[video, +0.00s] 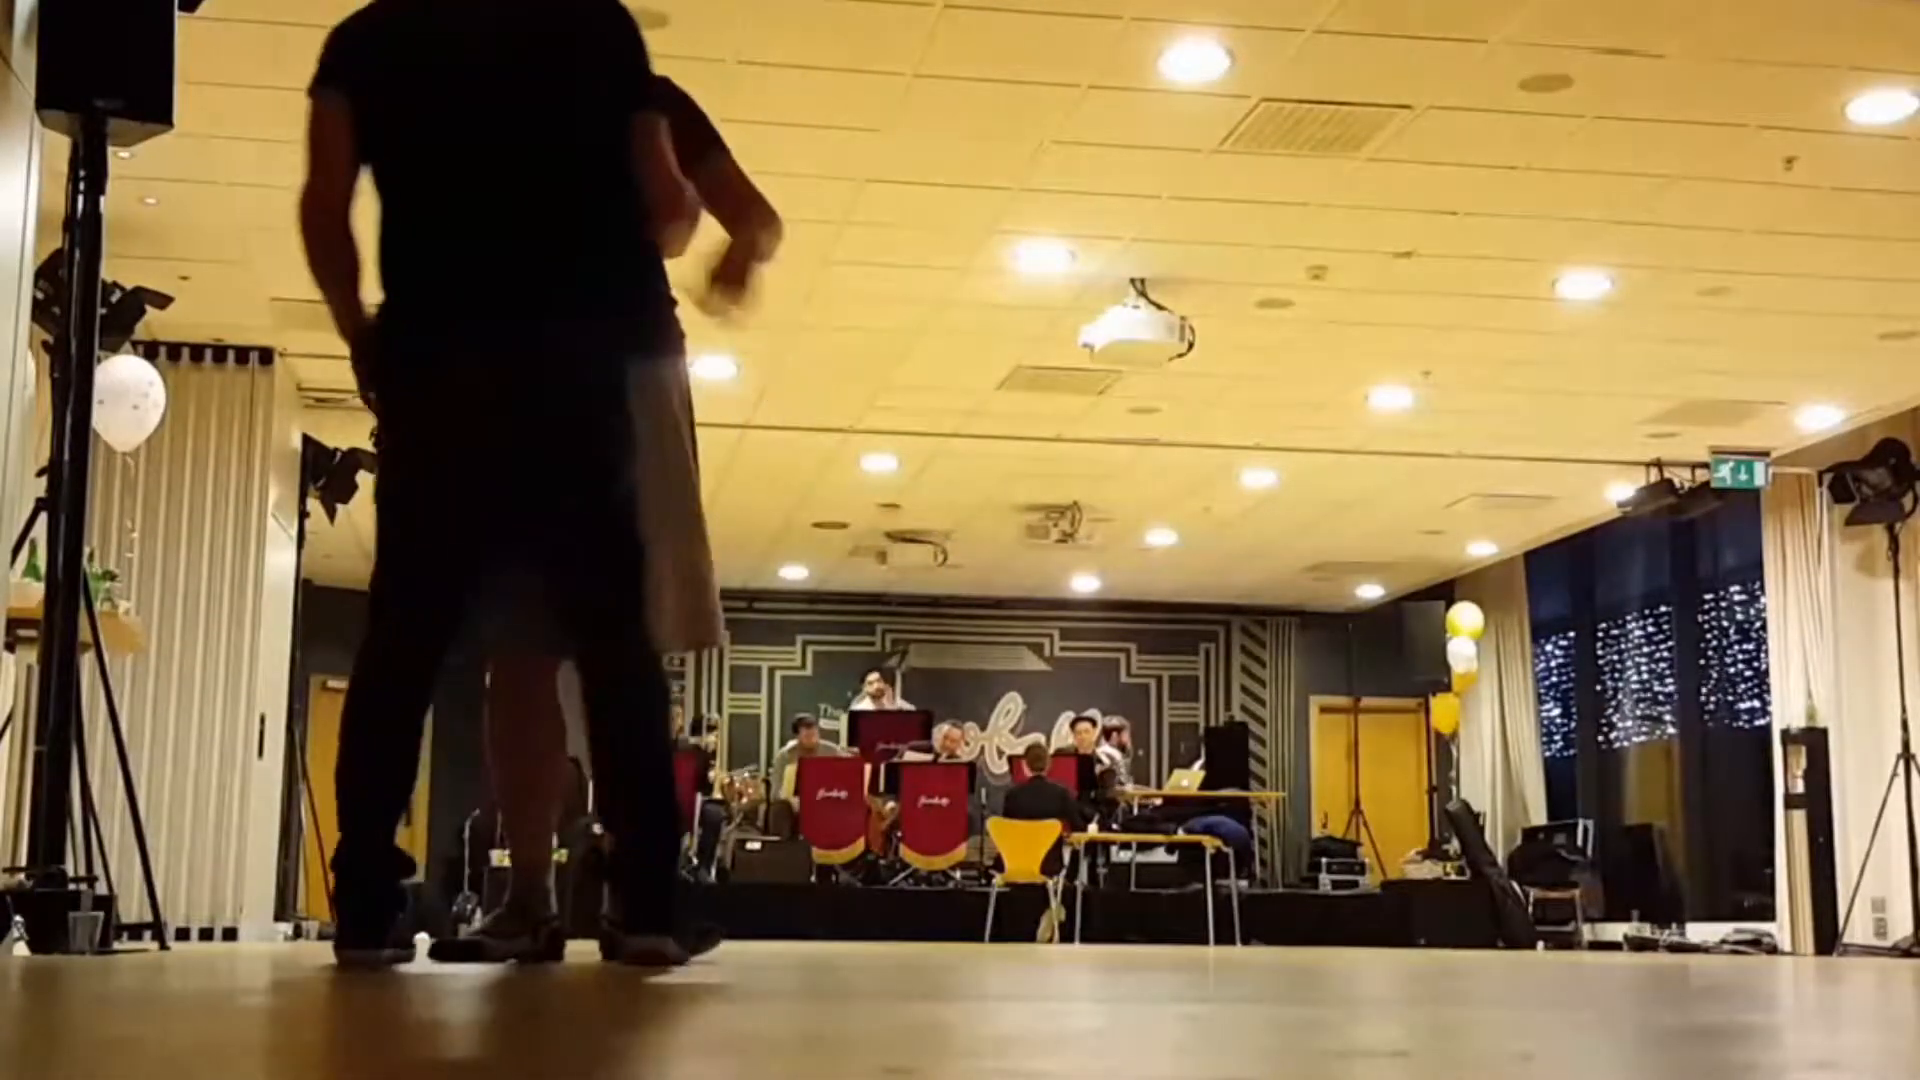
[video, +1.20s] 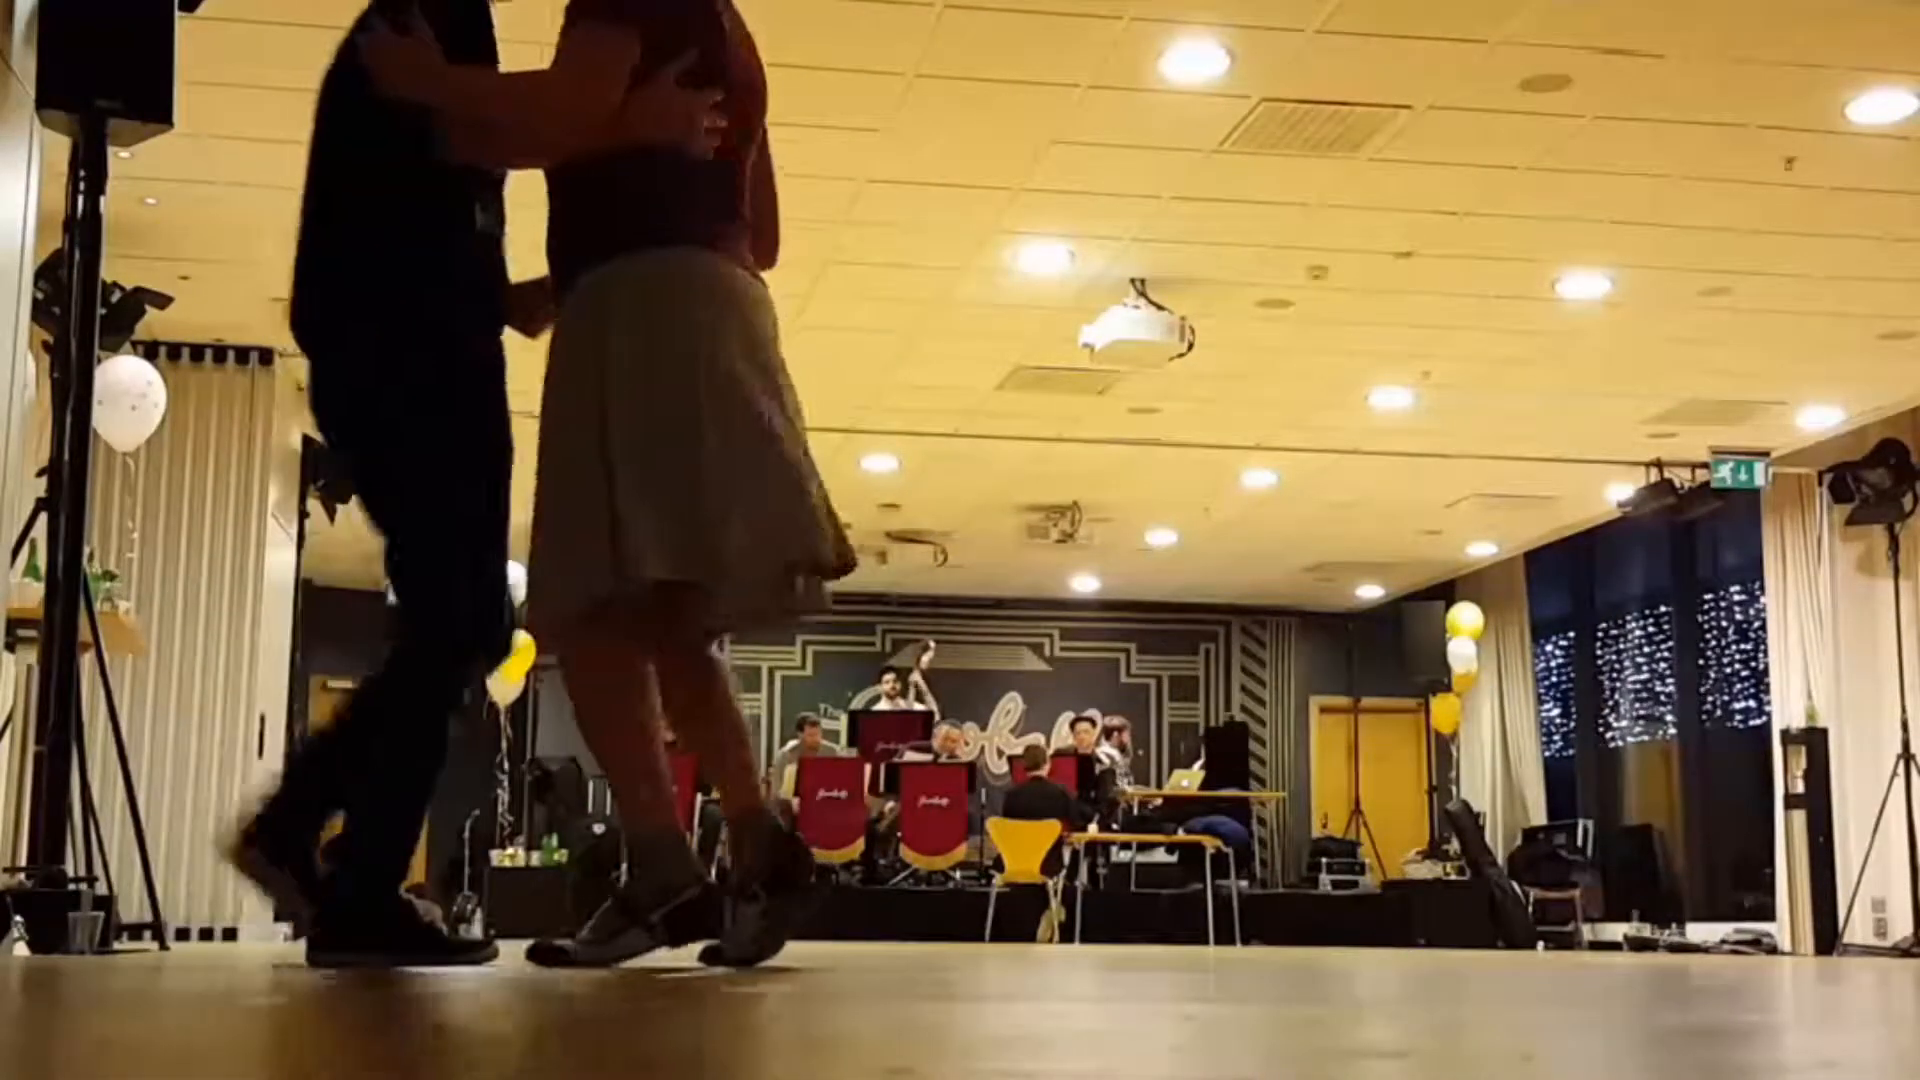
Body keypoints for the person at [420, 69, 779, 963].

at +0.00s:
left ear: (487, 44)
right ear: (589, 32)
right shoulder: (635, 90)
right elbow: (756, 218)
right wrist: (737, 267)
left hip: (504, 403)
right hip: (621, 397)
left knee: (518, 657)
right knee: (625, 652)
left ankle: (527, 900)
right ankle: (628, 897)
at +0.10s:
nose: (543, 40)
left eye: (551, 29)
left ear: (579, 28)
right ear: (496, 43)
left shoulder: (632, 93)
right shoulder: (460, 114)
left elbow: (746, 214)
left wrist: (667, 177)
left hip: (619, 387)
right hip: (500, 388)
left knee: (636, 646)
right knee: (512, 645)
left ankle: (647, 884)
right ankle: (525, 894)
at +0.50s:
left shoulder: (612, 33)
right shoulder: (447, 56)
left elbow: (689, 139)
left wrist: (532, 106)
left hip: (599, 338)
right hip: (478, 344)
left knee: (621, 621)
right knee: (509, 633)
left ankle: (664, 888)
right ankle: (524, 896)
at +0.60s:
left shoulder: (626, 22)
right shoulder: (508, 51)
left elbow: (678, 129)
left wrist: (518, 107)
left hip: (611, 334)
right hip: (509, 336)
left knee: (610, 622)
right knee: (518, 630)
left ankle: (647, 896)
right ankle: (523, 896)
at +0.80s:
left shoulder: (653, 22)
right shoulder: (653, 58)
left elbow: (634, 126)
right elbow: (625, 259)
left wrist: (470, 97)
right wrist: (493, 294)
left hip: (644, 335)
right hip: (631, 340)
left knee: (600, 620)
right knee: (593, 622)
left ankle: (642, 899)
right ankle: (633, 895)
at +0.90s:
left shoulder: (660, 8)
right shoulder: (679, 42)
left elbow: (616, 116)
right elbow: (651, 246)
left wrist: (459, 94)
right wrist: (511, 271)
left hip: (659, 321)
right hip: (643, 329)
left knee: (638, 619)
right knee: (630, 621)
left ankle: (647, 899)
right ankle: (761, 830)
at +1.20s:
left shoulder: (620, 4)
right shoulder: (727, 38)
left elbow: (575, 113)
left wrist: (429, 83)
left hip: (638, 312)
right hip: (717, 316)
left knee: (579, 609)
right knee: (676, 619)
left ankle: (658, 867)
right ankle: (762, 850)